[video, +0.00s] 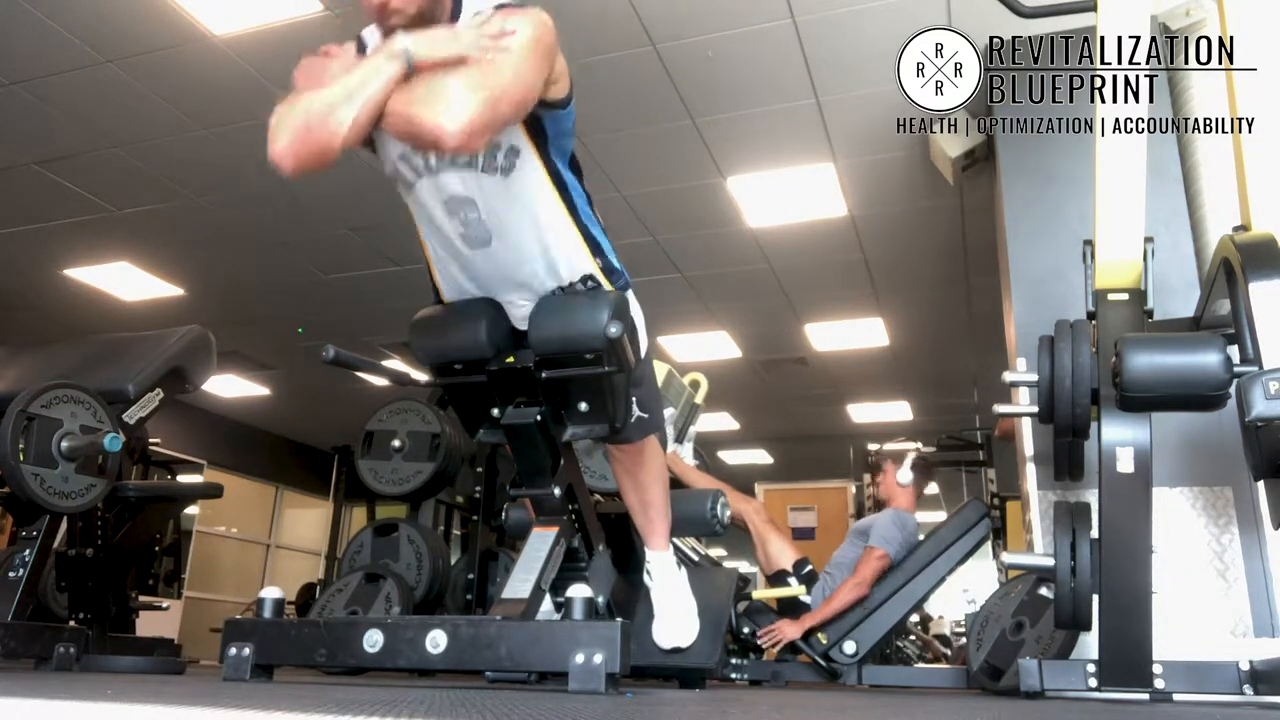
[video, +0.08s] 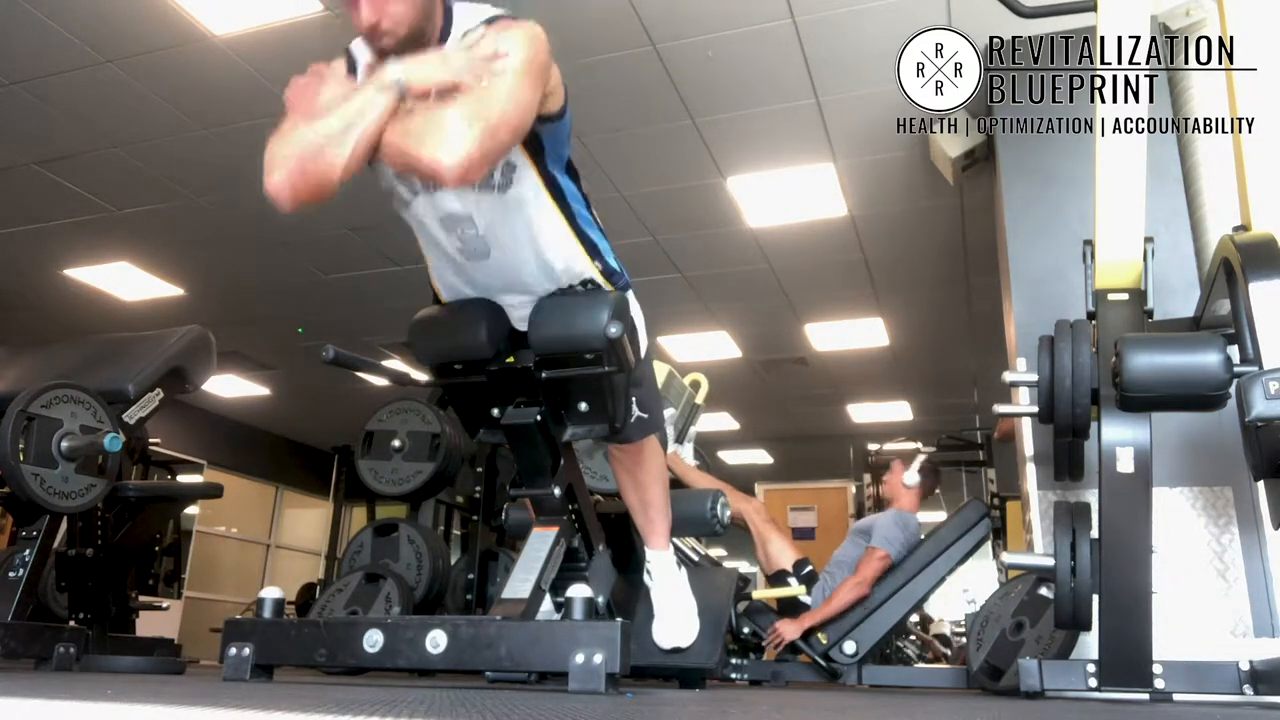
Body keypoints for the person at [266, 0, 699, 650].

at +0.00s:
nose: (376, 3)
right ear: (362, 8)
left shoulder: (520, 27)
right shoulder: (349, 58)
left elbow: (456, 122)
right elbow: (288, 150)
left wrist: (344, 81)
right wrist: (402, 51)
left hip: (578, 295)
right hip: (478, 312)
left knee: (629, 427)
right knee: (521, 445)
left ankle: (659, 559)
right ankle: (550, 535)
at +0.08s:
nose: (364, 12)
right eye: (353, 2)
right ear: (344, 10)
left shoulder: (513, 41)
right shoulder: (349, 70)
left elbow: (454, 155)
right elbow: (285, 184)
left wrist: (337, 111)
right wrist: (394, 82)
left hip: (575, 291)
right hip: (475, 307)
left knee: (628, 422)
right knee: (519, 443)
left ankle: (660, 563)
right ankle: (553, 541)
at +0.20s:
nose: (345, 72)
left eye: (361, 44)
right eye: (327, 53)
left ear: (411, 18)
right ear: (315, 46)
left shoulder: (497, 83)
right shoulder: (318, 125)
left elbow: (453, 231)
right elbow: (284, 264)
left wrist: (332, 178)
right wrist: (386, 154)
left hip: (572, 292)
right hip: (469, 310)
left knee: (626, 414)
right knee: (507, 440)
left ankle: (660, 565)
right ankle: (553, 537)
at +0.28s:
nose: (337, 105)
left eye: (353, 77)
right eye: (319, 86)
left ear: (401, 43)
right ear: (303, 73)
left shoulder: (492, 107)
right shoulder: (304, 156)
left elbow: (456, 272)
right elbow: (287, 302)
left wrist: (340, 214)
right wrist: (383, 200)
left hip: (573, 295)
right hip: (471, 316)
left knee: (627, 415)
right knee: (510, 441)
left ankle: (661, 564)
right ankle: (555, 536)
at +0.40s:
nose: (328, 181)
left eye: (342, 155)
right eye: (308, 164)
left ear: (391, 108)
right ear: (289, 142)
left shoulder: (490, 160)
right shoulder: (300, 206)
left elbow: (467, 348)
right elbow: (300, 374)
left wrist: (346, 280)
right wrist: (388, 277)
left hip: (577, 308)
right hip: (474, 329)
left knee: (628, 420)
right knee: (519, 443)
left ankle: (661, 562)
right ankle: (549, 526)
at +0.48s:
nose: (324, 218)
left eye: (339, 195)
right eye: (305, 201)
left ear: (389, 144)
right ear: (287, 177)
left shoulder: (490, 185)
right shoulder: (300, 234)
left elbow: (477, 380)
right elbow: (311, 405)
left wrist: (354, 319)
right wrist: (396, 311)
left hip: (577, 307)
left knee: (628, 419)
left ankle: (661, 560)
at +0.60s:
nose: (332, 296)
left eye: (346, 272)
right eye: (314, 280)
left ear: (390, 217)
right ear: (292, 254)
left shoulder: (492, 238)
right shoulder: (302, 286)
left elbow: (492, 434)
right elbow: (325, 454)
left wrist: (367, 379)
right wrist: (409, 380)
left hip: (575, 293)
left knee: (631, 424)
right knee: (531, 462)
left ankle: (662, 562)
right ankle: (551, 533)